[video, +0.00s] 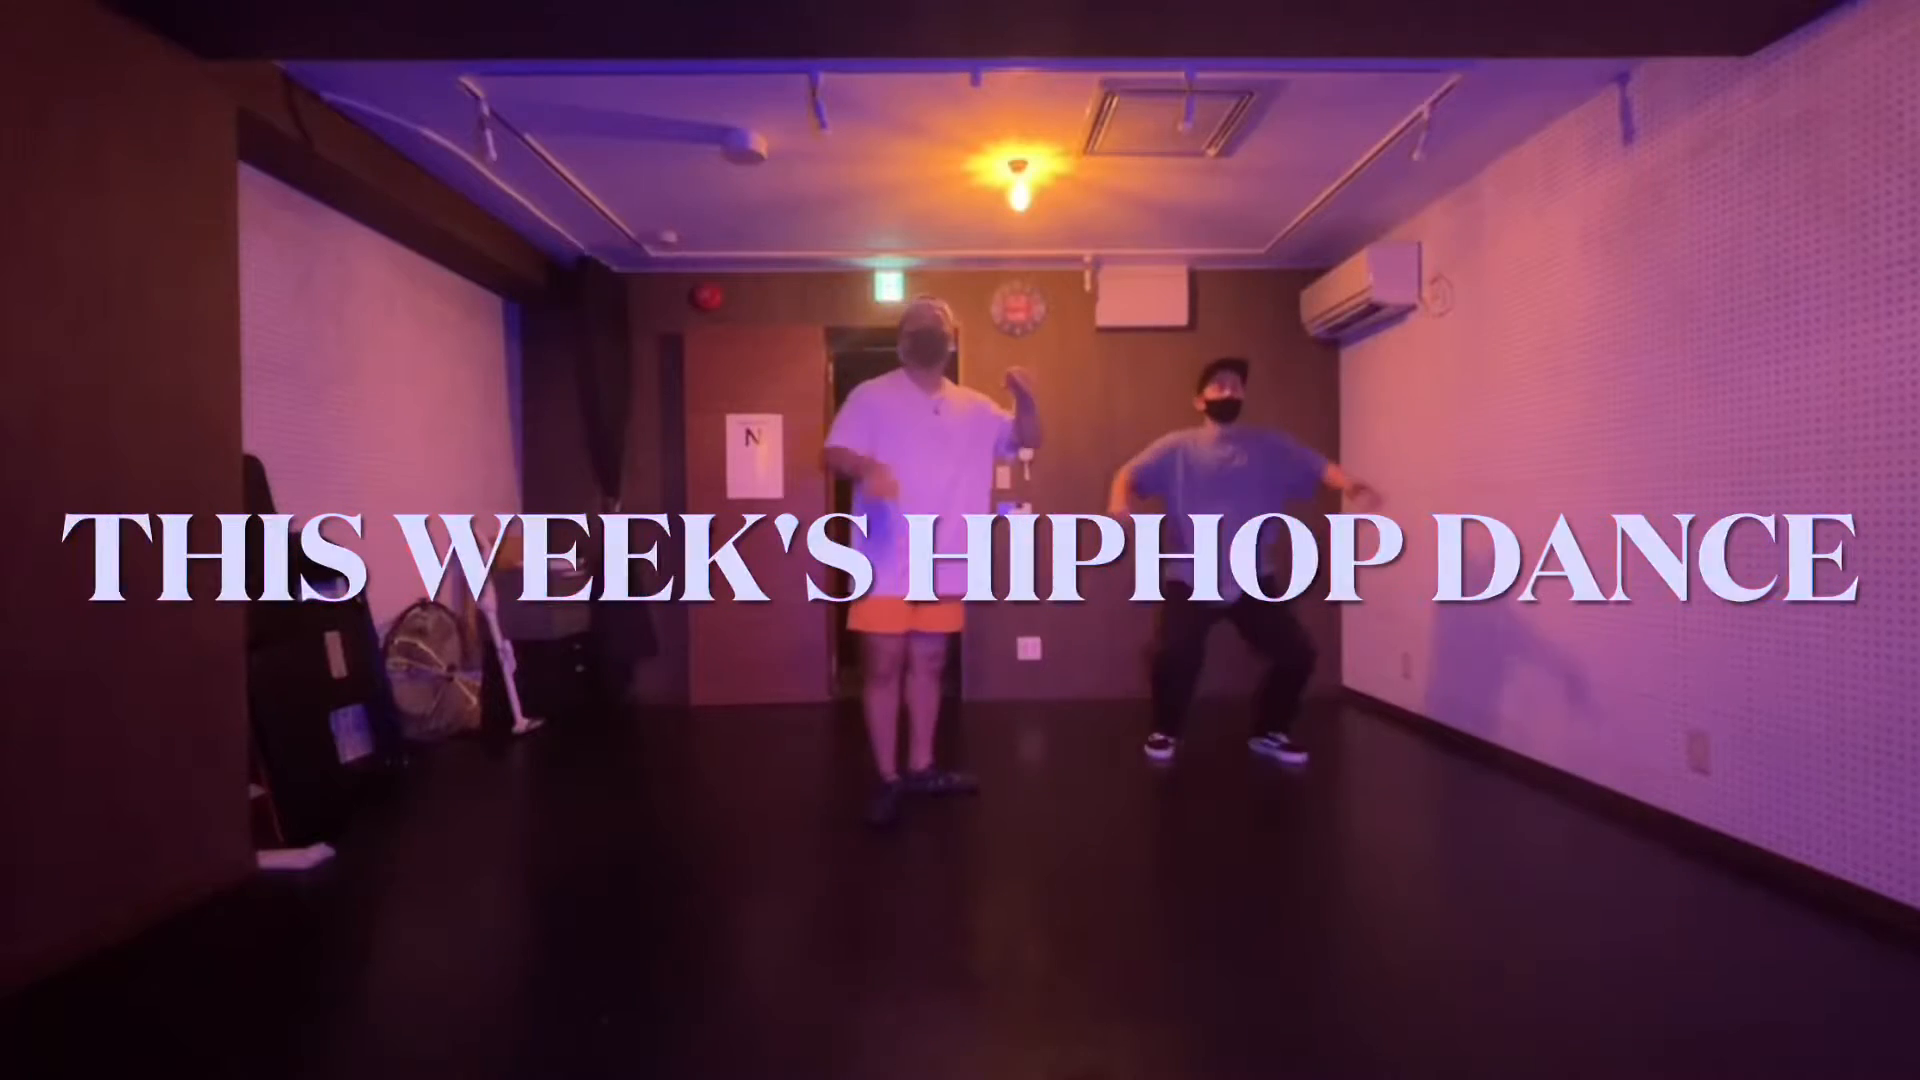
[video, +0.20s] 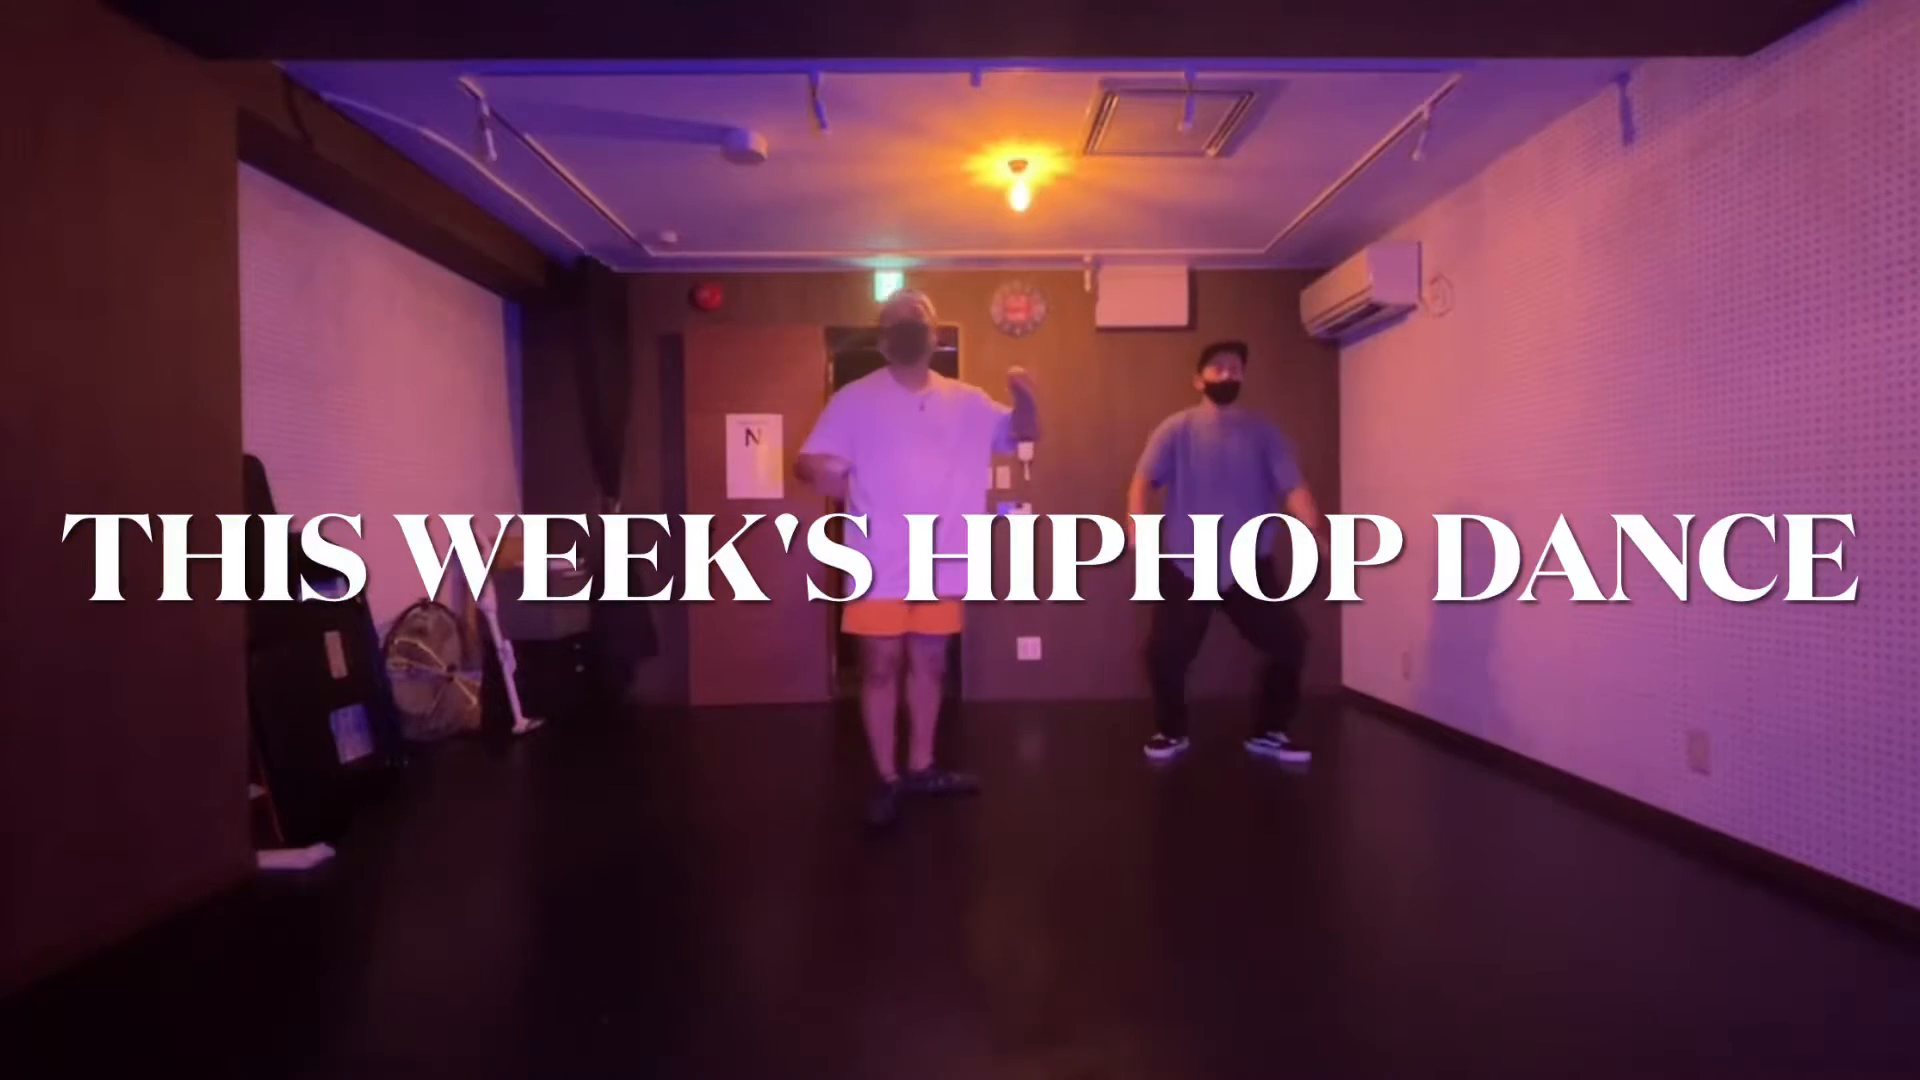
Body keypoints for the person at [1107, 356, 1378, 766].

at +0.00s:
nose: (1227, 392)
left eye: (1235, 386)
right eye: (1218, 385)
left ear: (1245, 396)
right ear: (1200, 398)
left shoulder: (1267, 445)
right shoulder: (1178, 446)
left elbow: (1320, 468)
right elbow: (1125, 476)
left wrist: (1350, 486)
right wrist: (1120, 513)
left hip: (1251, 583)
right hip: (1189, 584)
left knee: (1295, 653)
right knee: (1175, 654)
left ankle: (1270, 732)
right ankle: (1164, 732)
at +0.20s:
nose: (1226, 374)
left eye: (1234, 368)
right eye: (1217, 367)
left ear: (1244, 377)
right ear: (1199, 377)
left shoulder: (1260, 430)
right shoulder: (1176, 429)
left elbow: (1296, 493)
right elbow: (1140, 485)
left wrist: (1316, 545)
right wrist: (1141, 542)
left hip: (1245, 570)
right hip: (1184, 570)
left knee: (1288, 639)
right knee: (1166, 650)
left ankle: (1269, 732)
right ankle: (1170, 734)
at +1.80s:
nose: (1183, 359)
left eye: (1191, 349)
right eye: (1173, 351)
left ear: (1205, 351)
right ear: (1158, 359)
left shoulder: (1243, 402)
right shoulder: (1151, 422)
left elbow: (1287, 452)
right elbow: (1133, 480)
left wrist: (1265, 507)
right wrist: (1161, 518)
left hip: (1244, 546)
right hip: (1188, 551)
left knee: (1242, 642)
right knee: (1197, 645)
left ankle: (1236, 731)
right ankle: (1201, 744)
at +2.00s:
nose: (1139, 366)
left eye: (1147, 355)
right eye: (1128, 359)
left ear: (1163, 355)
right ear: (1118, 367)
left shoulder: (1200, 405)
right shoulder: (1133, 433)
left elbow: (1234, 470)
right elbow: (1160, 514)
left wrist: (1235, 538)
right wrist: (1148, 564)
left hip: (1227, 553)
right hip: (1175, 562)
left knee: (1251, 640)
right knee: (1173, 665)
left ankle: (1263, 715)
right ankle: (1193, 767)